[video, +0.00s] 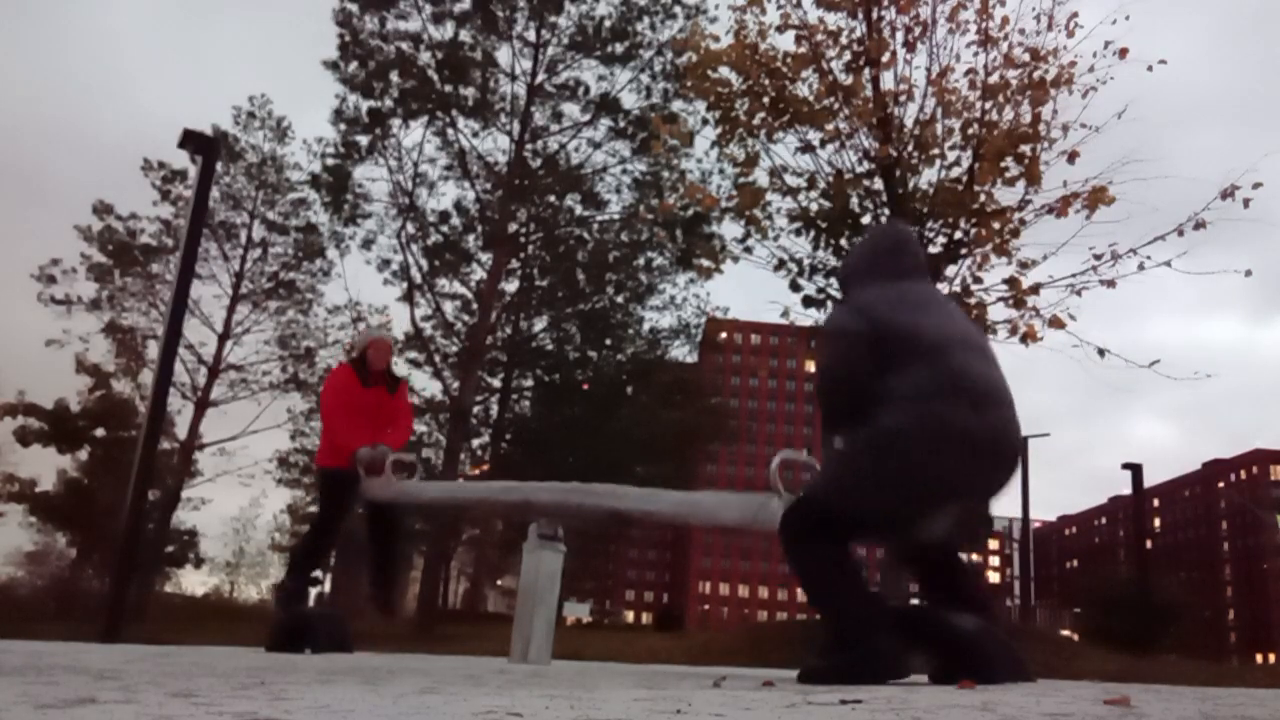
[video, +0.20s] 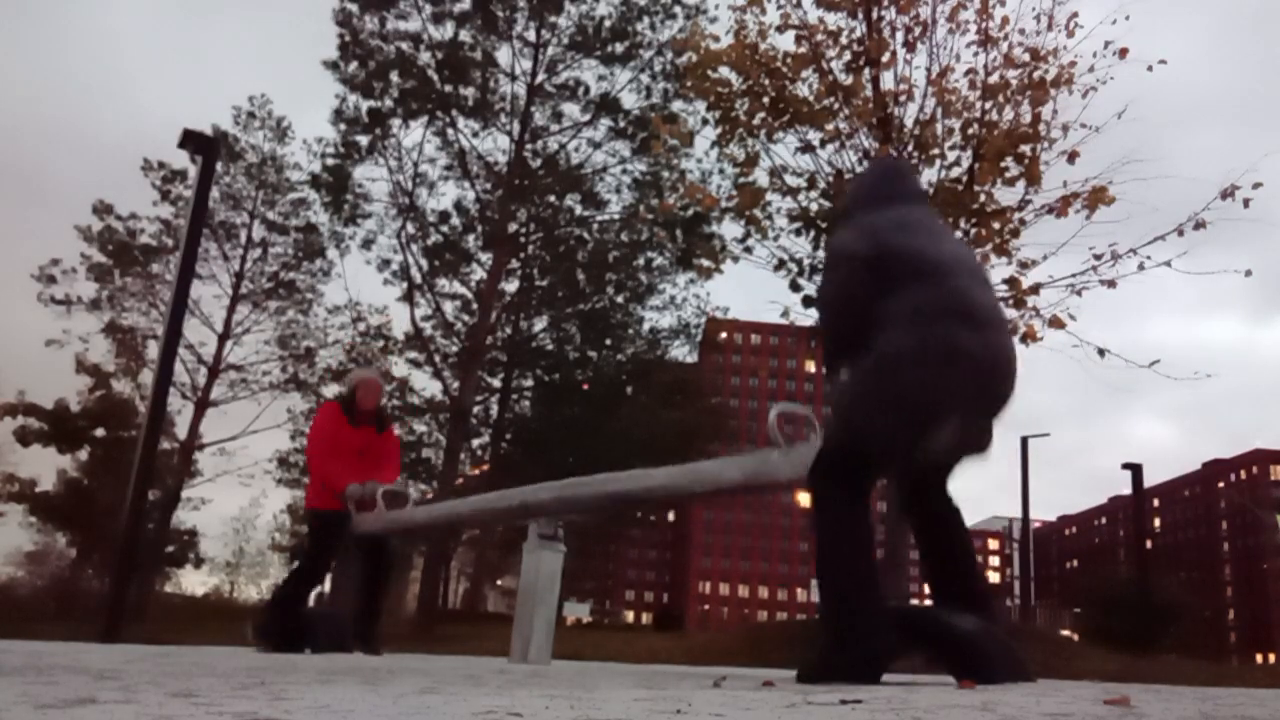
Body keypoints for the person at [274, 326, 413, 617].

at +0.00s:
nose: (381, 354)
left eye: (386, 349)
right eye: (376, 348)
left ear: (392, 353)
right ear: (363, 351)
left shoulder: (397, 386)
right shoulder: (342, 377)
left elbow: (404, 426)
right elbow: (333, 420)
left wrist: (385, 446)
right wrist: (358, 448)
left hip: (378, 469)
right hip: (338, 463)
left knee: (387, 528)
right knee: (329, 523)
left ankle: (384, 598)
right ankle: (293, 588)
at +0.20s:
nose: (369, 396)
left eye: (375, 391)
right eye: (364, 390)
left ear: (382, 395)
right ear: (353, 391)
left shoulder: (384, 428)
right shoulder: (331, 413)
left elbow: (390, 468)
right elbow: (319, 458)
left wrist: (375, 486)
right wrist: (346, 486)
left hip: (365, 511)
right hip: (327, 505)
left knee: (377, 564)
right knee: (317, 564)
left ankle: (364, 634)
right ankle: (273, 621)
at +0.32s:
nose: (365, 419)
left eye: (369, 413)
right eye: (359, 412)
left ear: (374, 416)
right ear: (346, 413)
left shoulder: (375, 450)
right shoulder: (322, 437)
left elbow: (382, 488)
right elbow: (310, 481)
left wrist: (368, 508)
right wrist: (339, 506)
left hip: (358, 527)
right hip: (320, 521)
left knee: (372, 577)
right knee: (312, 574)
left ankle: (362, 638)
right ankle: (268, 626)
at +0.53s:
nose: (356, 448)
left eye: (361, 442)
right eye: (351, 441)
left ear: (365, 446)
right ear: (337, 441)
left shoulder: (364, 476)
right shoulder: (309, 465)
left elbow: (369, 511)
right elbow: (297, 506)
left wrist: (361, 529)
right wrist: (333, 527)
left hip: (349, 547)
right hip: (311, 542)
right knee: (315, 584)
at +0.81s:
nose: (352, 466)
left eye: (357, 461)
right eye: (347, 459)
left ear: (362, 466)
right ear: (332, 461)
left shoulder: (361, 495)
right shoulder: (306, 483)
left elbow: (366, 533)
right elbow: (290, 523)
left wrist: (359, 546)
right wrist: (334, 541)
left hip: (348, 564)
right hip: (308, 560)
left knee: (379, 586)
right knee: (325, 588)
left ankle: (359, 644)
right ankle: (277, 637)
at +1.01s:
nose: (361, 459)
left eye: (366, 453)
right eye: (355, 452)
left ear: (370, 457)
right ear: (340, 453)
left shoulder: (368, 487)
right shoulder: (315, 475)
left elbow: (373, 529)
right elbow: (294, 512)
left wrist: (361, 541)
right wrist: (336, 532)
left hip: (351, 558)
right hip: (313, 552)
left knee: (381, 586)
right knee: (323, 583)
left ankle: (357, 643)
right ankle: (275, 636)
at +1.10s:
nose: (366, 449)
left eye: (371, 443)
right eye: (360, 441)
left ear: (376, 447)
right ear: (347, 442)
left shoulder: (372, 478)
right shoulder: (321, 462)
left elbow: (375, 518)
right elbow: (298, 503)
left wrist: (363, 532)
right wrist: (338, 521)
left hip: (353, 548)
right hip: (315, 541)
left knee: (381, 583)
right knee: (322, 578)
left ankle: (359, 642)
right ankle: (275, 636)